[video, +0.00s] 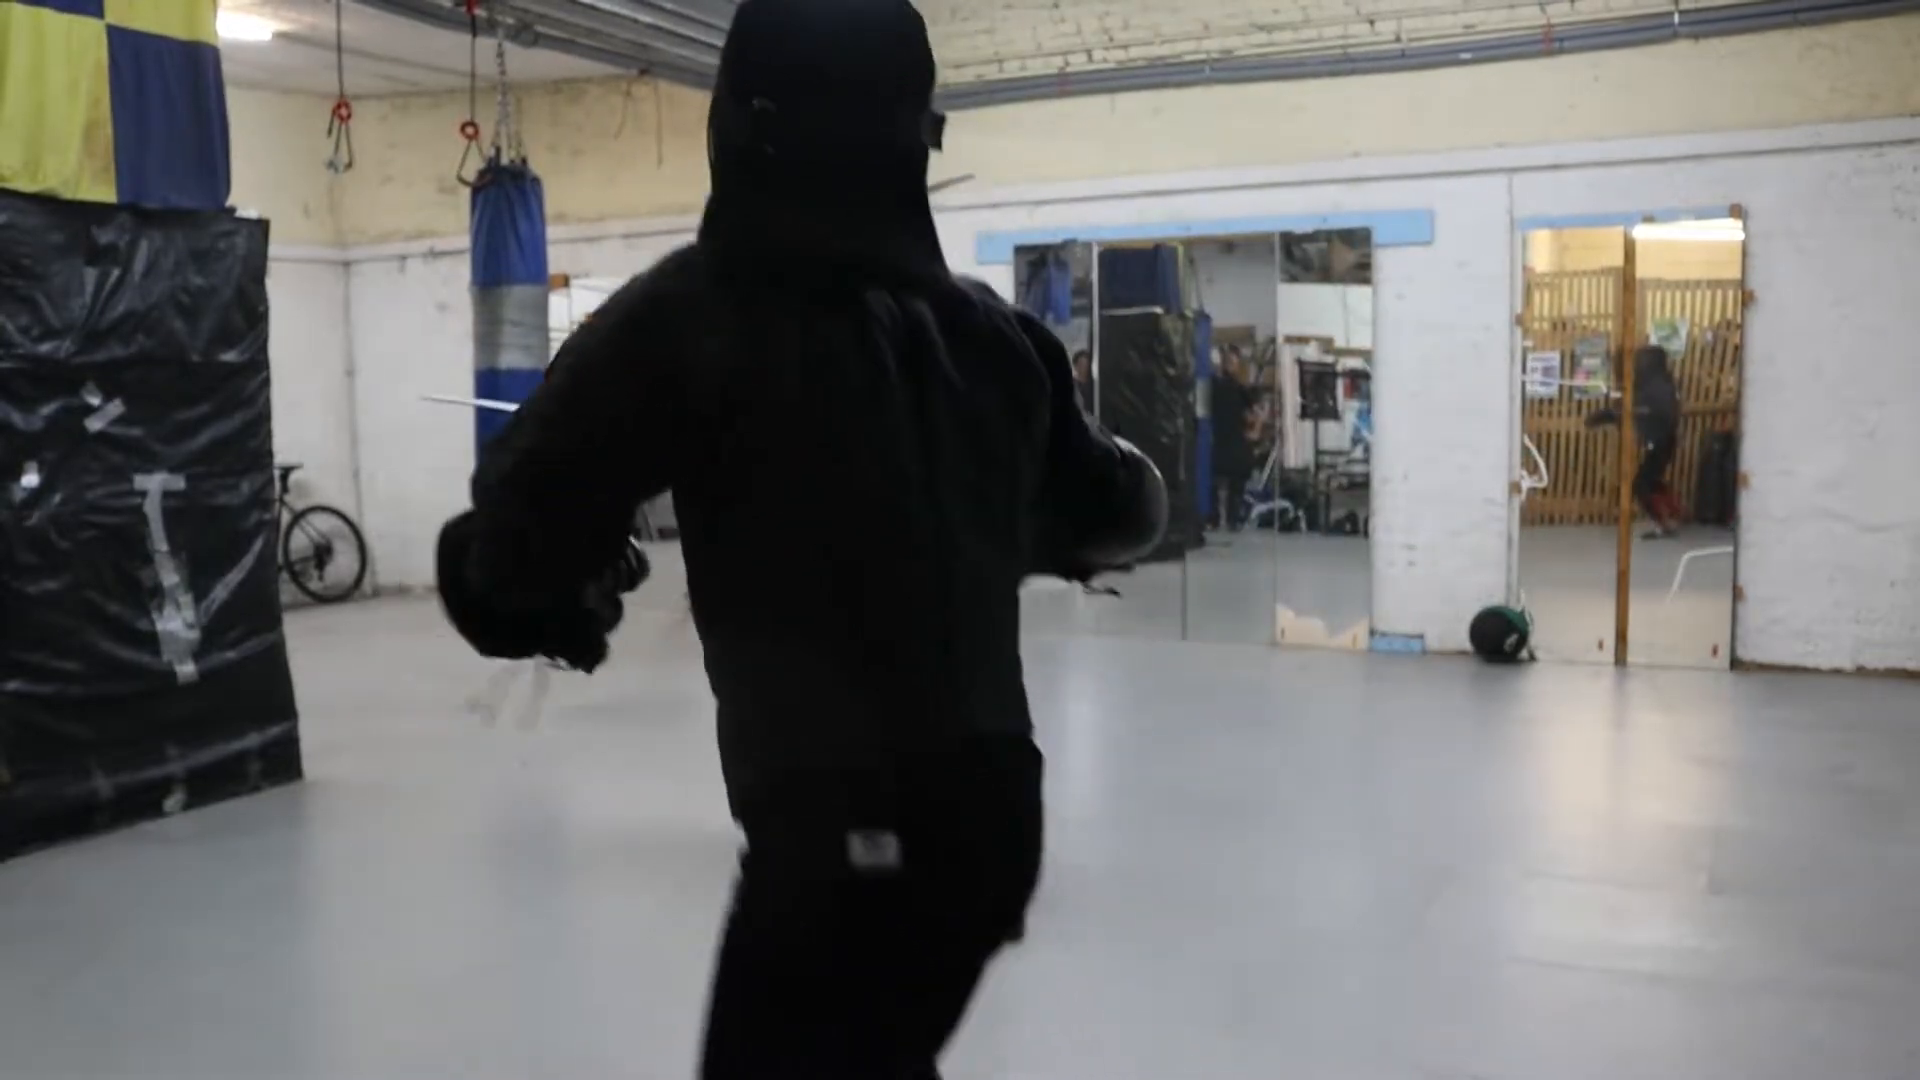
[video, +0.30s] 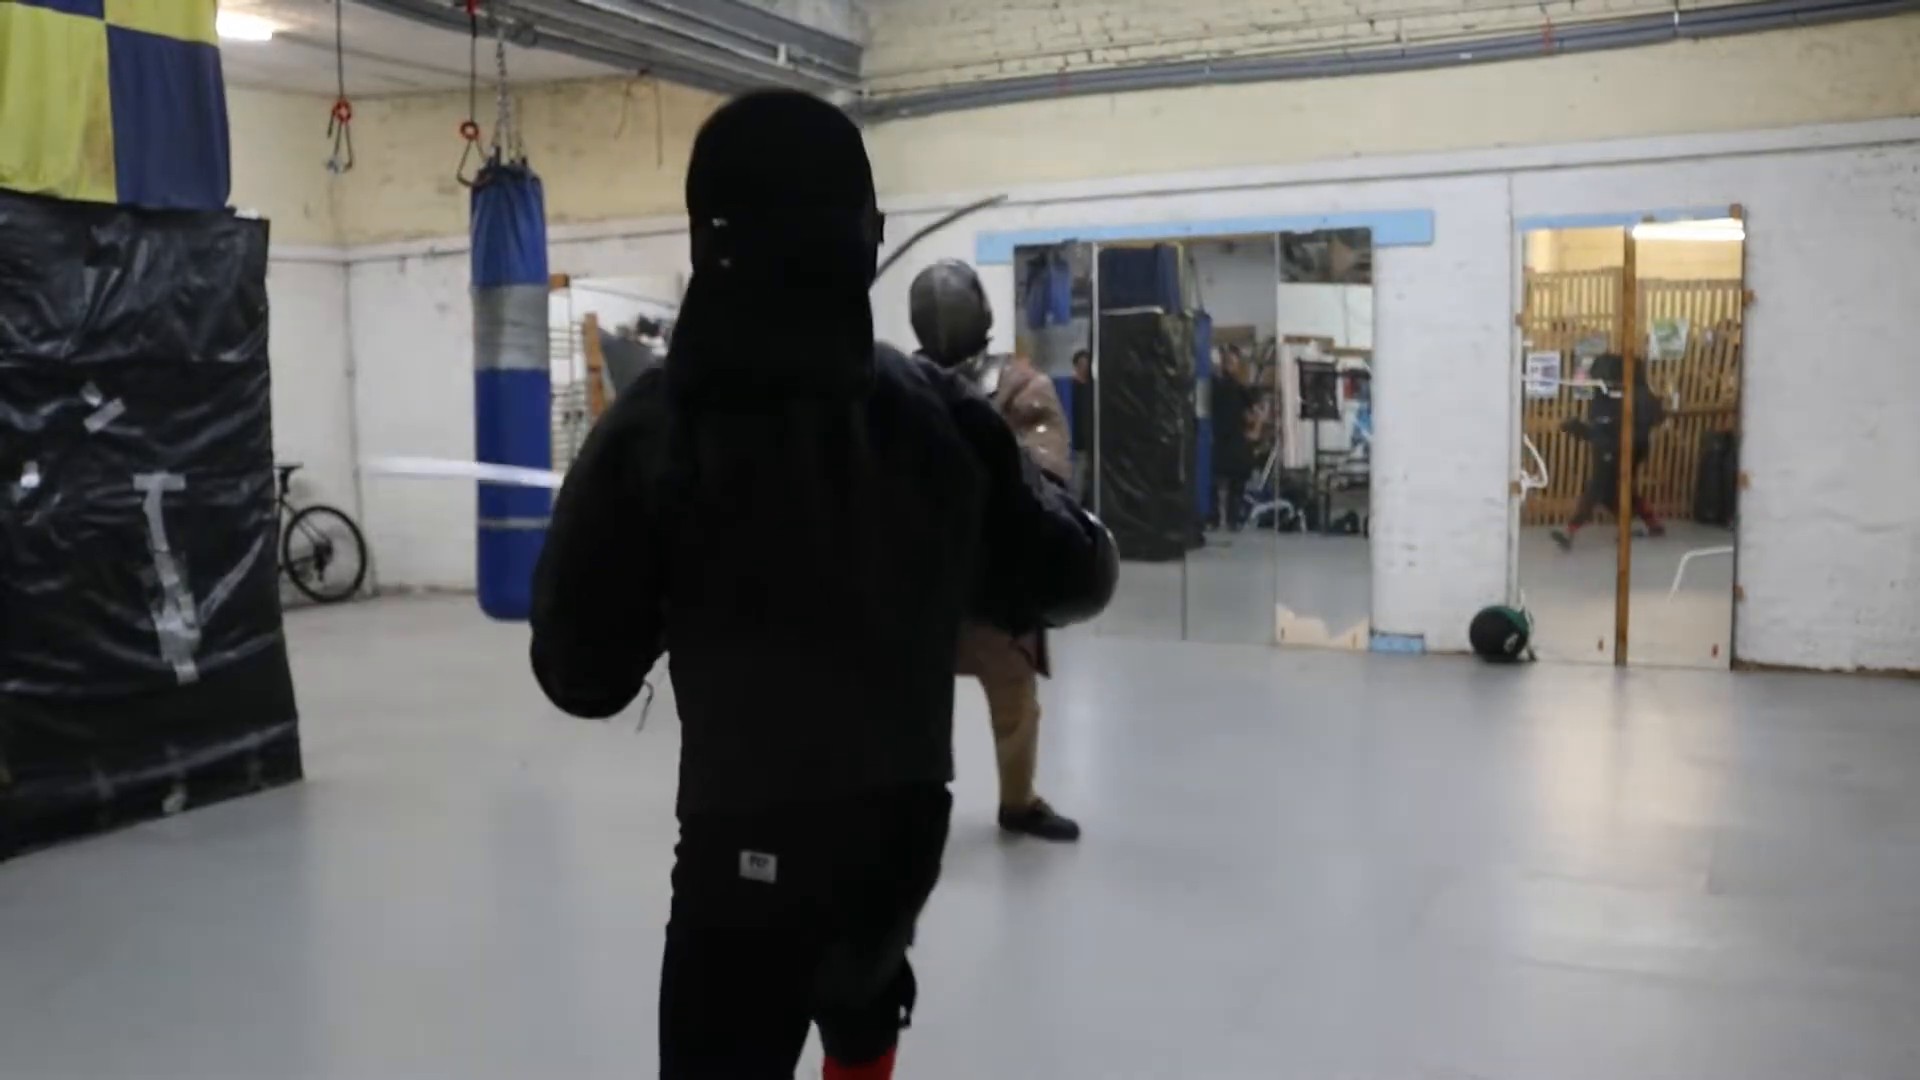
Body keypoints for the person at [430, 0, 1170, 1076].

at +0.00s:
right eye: (922, 117)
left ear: (743, 122)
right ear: (913, 131)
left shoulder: (688, 317)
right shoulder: (992, 337)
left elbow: (501, 575)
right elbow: (1105, 510)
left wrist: (583, 590)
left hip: (825, 829)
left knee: (767, 1066)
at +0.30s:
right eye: (869, 218)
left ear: (705, 233)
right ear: (865, 236)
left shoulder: (658, 424)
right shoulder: (935, 417)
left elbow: (580, 675)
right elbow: (1079, 576)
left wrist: (681, 557)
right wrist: (1028, 475)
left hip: (745, 828)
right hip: (901, 811)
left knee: (720, 1062)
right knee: (864, 1005)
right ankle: (861, 1060)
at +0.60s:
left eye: (749, 225)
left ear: (749, 238)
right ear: (872, 244)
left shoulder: (680, 380)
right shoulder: (922, 401)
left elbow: (589, 574)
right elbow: (1012, 572)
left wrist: (697, 550)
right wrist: (900, 603)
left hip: (733, 735)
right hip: (868, 730)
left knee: (666, 998)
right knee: (850, 921)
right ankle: (850, 1069)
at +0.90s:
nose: (824, 235)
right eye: (817, 216)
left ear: (687, 230)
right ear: (812, 226)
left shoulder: (619, 383)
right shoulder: (854, 354)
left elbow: (589, 571)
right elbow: (1036, 461)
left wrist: (703, 580)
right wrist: (945, 485)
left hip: (693, 717)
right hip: (838, 709)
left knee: (629, 970)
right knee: (858, 916)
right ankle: (854, 1068)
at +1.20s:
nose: (778, 268)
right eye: (770, 247)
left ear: (623, 262)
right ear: (754, 260)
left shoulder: (557, 416)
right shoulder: (813, 403)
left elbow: (525, 617)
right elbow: (935, 576)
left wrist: (628, 644)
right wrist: (819, 646)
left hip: (636, 776)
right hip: (792, 770)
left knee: (582, 1027)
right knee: (834, 941)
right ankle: (846, 1070)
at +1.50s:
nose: (805, 265)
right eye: (799, 246)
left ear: (672, 253)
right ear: (794, 257)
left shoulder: (601, 392)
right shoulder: (839, 403)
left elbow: (537, 580)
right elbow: (911, 594)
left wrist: (617, 580)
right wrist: (852, 638)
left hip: (648, 754)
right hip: (797, 753)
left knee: (590, 998)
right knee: (838, 936)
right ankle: (856, 1078)